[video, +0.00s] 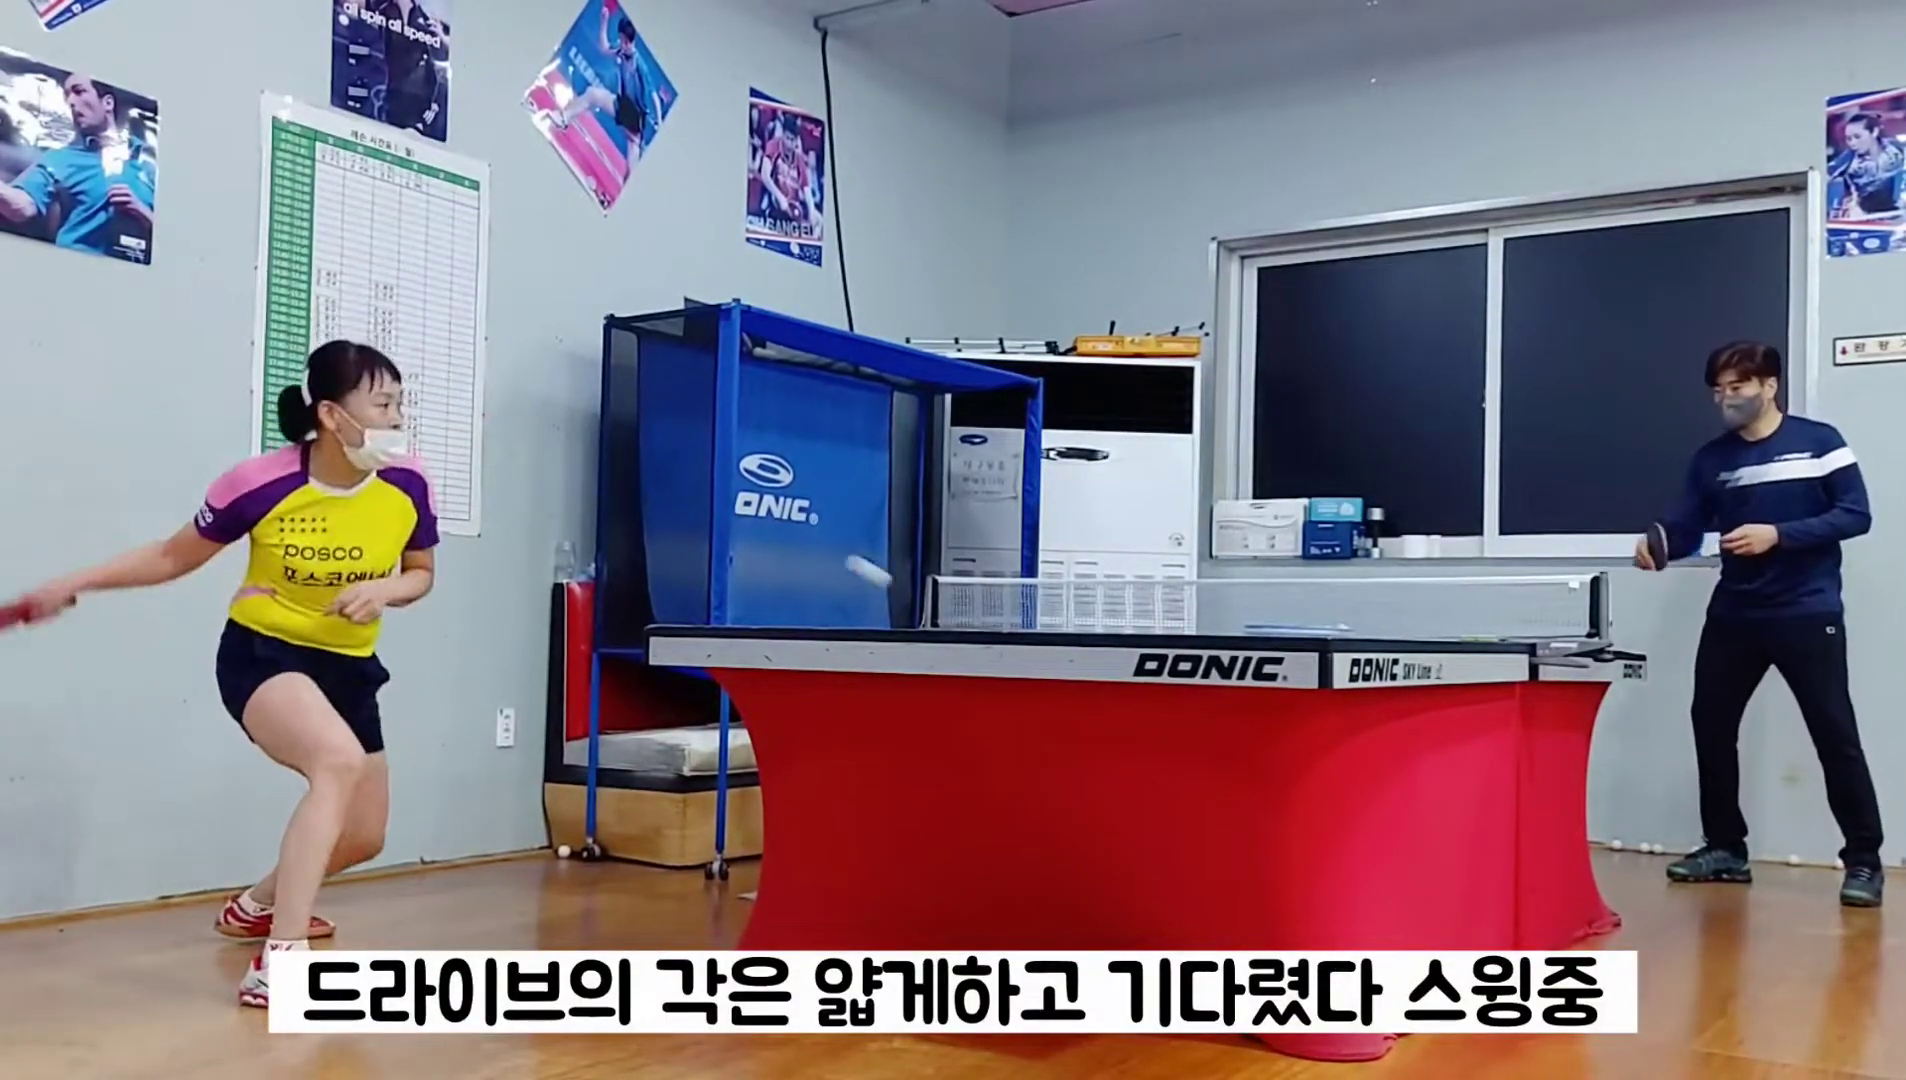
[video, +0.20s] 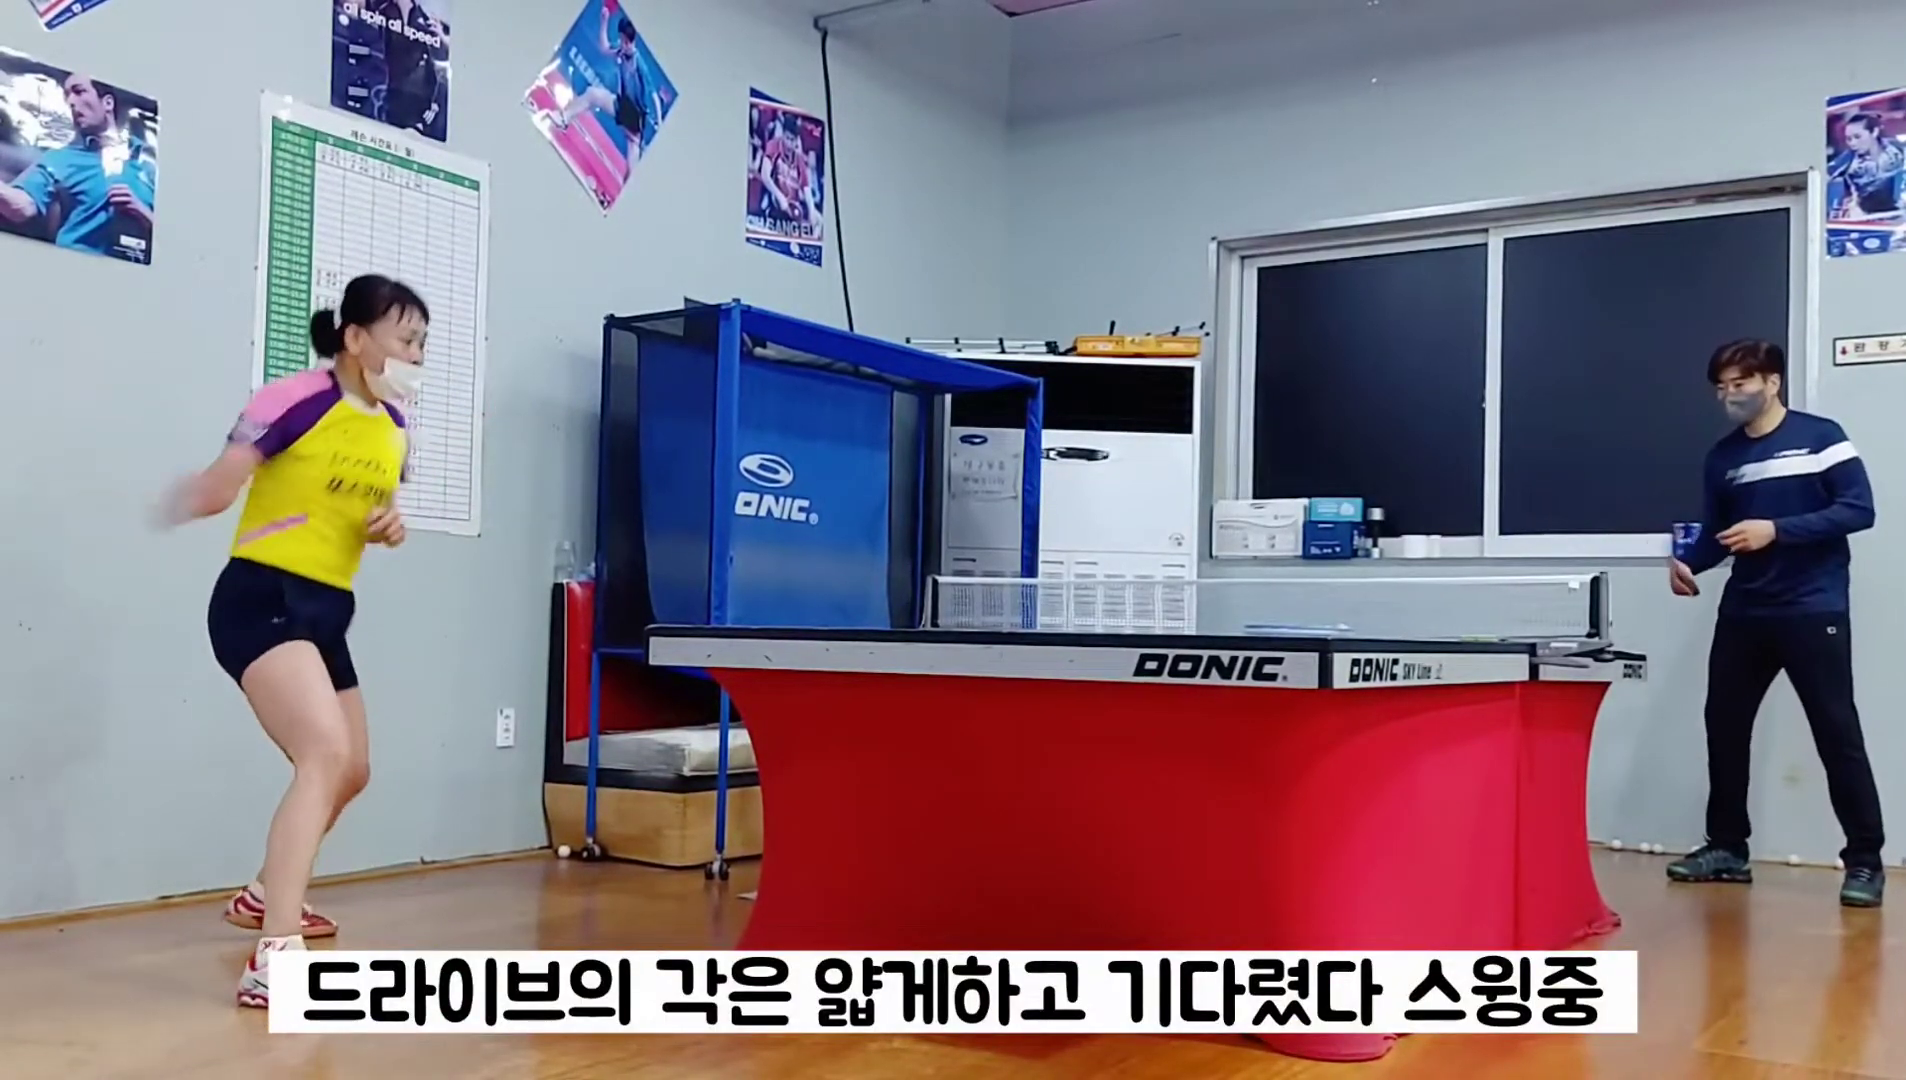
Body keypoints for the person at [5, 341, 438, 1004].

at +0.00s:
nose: (395, 416)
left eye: (397, 401)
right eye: (380, 402)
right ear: (330, 416)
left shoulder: (409, 485)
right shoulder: (260, 485)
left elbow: (420, 574)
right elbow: (173, 557)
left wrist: (386, 591)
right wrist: (72, 585)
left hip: (348, 668)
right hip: (263, 652)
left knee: (363, 837)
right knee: (339, 761)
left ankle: (258, 905)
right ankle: (280, 962)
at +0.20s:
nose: (415, 355)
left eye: (420, 342)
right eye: (404, 338)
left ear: (409, 349)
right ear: (355, 336)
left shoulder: (394, 425)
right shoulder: (291, 398)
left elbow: (371, 516)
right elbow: (216, 492)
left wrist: (386, 523)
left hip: (324, 612)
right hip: (259, 599)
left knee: (352, 771)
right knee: (325, 757)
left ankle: (268, 893)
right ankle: (276, 962)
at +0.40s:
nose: (400, 389)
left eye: (401, 377)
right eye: (395, 374)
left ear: (335, 367)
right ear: (356, 362)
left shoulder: (272, 428)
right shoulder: (347, 398)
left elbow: (247, 524)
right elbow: (467, 381)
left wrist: (336, 558)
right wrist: (475, 343)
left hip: (218, 622)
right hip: (269, 621)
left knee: (303, 772)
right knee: (347, 806)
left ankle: (260, 910)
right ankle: (253, 968)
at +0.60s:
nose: (397, 369)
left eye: (398, 356)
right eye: (390, 352)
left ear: (336, 350)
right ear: (349, 343)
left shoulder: (288, 404)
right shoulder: (334, 388)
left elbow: (279, 491)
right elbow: (434, 446)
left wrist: (341, 537)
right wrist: (482, 439)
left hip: (242, 606)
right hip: (268, 608)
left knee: (306, 773)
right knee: (334, 784)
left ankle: (261, 908)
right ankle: (253, 965)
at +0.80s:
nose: (395, 362)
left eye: (395, 349)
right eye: (384, 348)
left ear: (355, 358)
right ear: (337, 357)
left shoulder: (383, 444)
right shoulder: (272, 430)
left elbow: (356, 522)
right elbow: (208, 534)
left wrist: (377, 544)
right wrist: (231, 581)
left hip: (323, 632)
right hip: (251, 625)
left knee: (346, 795)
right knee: (323, 767)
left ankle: (246, 898)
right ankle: (260, 960)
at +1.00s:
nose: (383, 407)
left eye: (384, 392)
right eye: (368, 393)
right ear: (318, 405)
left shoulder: (391, 479)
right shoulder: (247, 472)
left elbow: (399, 569)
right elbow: (156, 543)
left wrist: (366, 592)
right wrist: (55, 566)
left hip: (333, 661)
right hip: (250, 647)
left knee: (350, 829)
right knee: (315, 762)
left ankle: (249, 894)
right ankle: (260, 960)